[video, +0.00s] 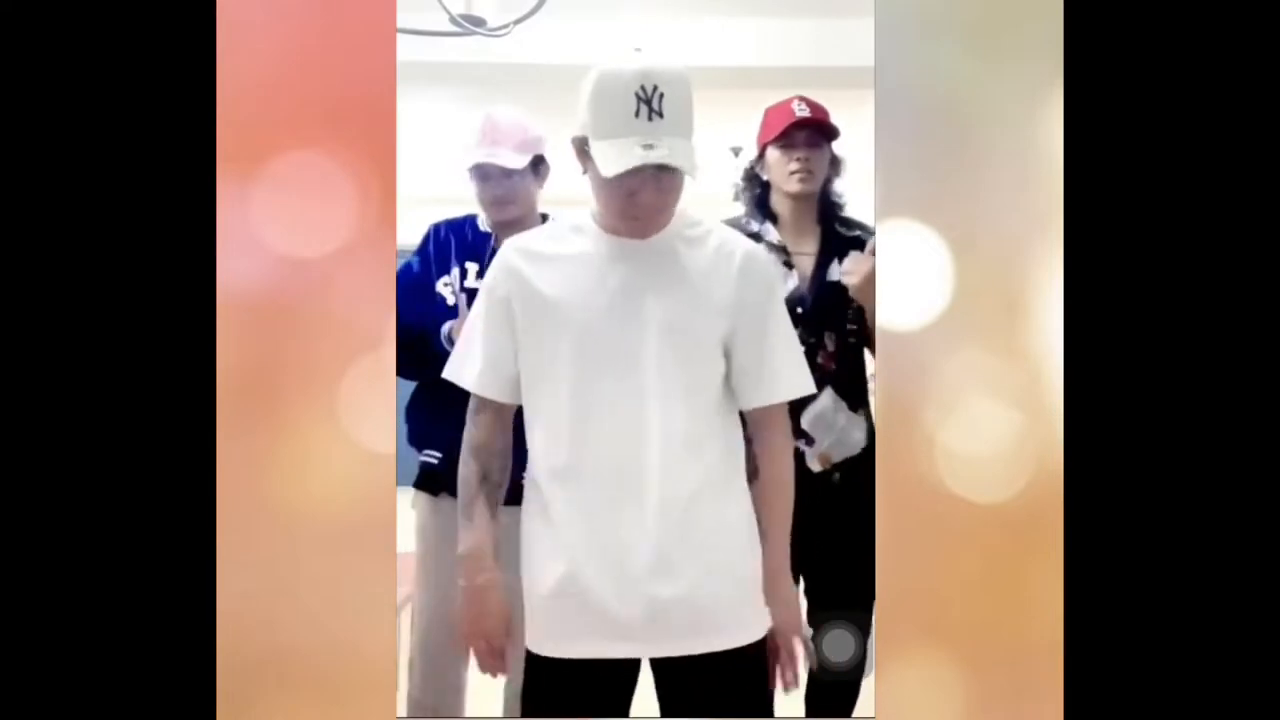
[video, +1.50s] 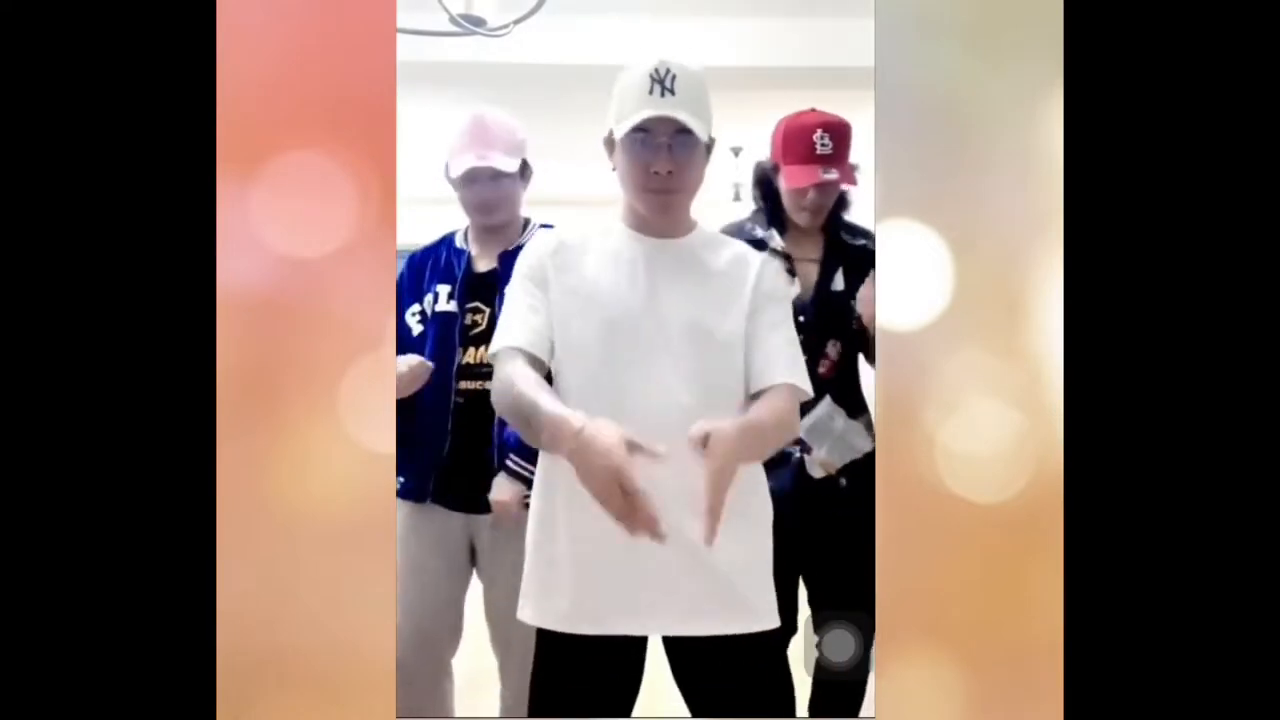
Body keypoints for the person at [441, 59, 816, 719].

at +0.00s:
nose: (645, 192)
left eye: (664, 170)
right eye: (625, 170)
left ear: (689, 159)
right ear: (583, 155)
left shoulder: (741, 269)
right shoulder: (524, 268)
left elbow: (772, 440)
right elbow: (487, 433)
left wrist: (781, 590)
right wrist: (479, 573)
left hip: (714, 604)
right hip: (573, 607)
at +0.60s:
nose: (642, 172)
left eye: (661, 153)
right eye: (623, 152)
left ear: (693, 161)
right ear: (592, 160)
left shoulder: (753, 280)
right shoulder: (545, 279)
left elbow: (811, 425)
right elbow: (498, 413)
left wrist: (763, 494)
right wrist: (520, 491)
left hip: (713, 610)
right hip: (573, 607)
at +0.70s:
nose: (637, 162)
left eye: (658, 143)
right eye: (620, 141)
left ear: (690, 153)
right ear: (592, 150)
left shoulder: (750, 264)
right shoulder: (550, 261)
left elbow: (781, 414)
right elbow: (514, 409)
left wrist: (733, 393)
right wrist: (551, 382)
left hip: (712, 582)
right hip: (580, 579)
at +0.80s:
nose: (637, 146)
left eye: (659, 128)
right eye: (619, 126)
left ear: (688, 139)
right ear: (590, 136)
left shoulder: (739, 239)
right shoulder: (554, 241)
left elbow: (749, 380)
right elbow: (526, 375)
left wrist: (717, 298)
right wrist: (568, 307)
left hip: (712, 562)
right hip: (583, 561)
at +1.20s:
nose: (655, 154)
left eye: (675, 135)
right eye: (636, 133)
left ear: (700, 147)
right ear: (603, 140)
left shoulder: (745, 251)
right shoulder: (548, 251)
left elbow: (787, 381)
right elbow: (512, 385)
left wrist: (739, 329)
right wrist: (570, 342)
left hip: (722, 571)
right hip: (594, 573)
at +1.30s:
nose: (660, 168)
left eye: (680, 148)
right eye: (641, 147)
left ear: (704, 160)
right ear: (607, 156)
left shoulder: (748, 275)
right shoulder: (548, 264)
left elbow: (792, 396)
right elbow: (501, 393)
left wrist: (747, 422)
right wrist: (583, 429)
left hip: (728, 588)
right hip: (594, 589)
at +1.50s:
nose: (662, 159)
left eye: (681, 140)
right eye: (643, 139)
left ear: (709, 155)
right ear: (611, 152)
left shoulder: (754, 274)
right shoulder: (554, 258)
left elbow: (785, 402)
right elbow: (509, 378)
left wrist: (742, 439)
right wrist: (574, 437)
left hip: (722, 576)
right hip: (586, 572)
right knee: (565, 718)